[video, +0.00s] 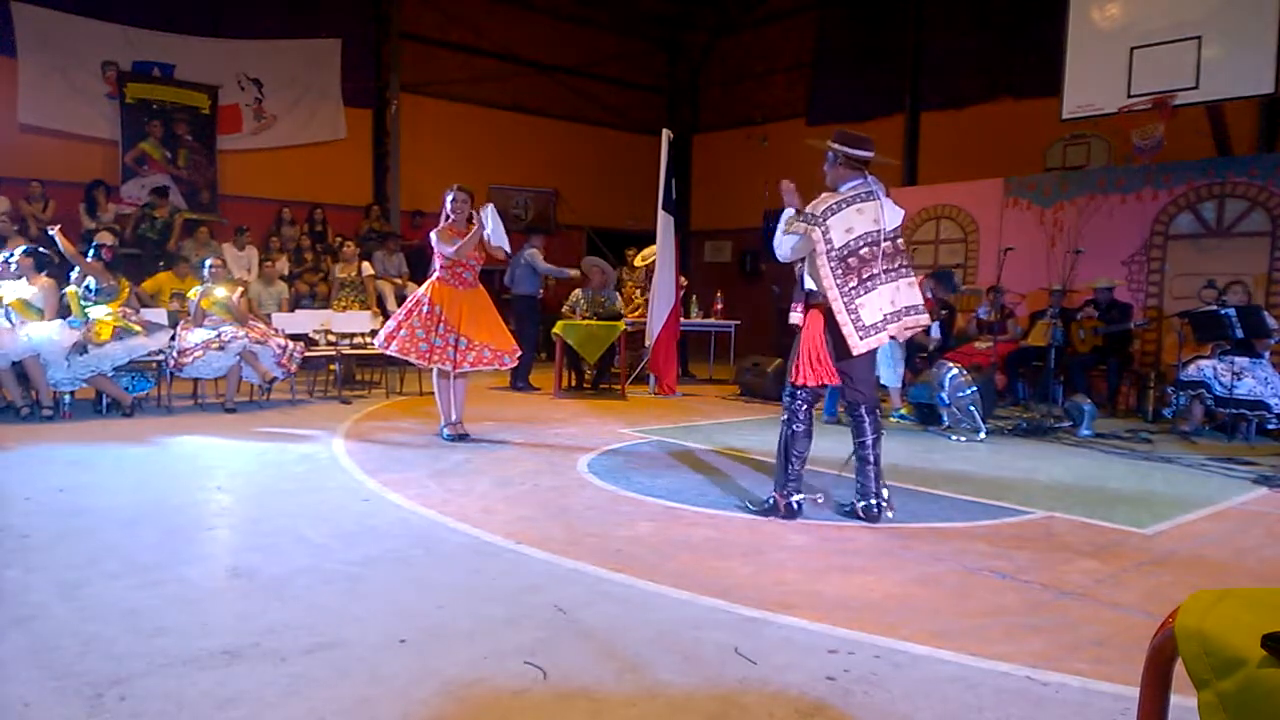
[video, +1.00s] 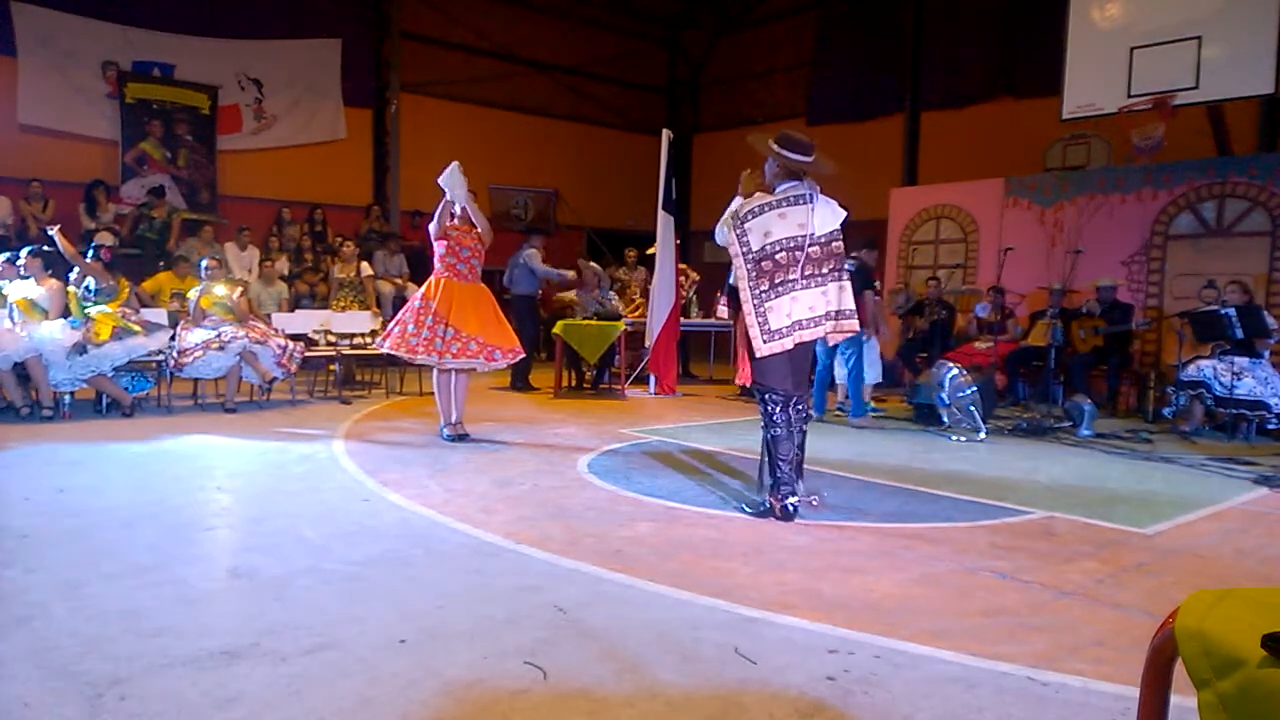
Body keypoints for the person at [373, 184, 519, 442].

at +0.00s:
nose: (458, 206)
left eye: (463, 202)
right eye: (454, 201)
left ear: (471, 207)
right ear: (446, 205)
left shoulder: (477, 235)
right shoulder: (439, 233)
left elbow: (501, 256)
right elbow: (459, 253)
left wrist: (490, 223)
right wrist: (479, 227)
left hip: (468, 302)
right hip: (443, 301)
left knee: (462, 364)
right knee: (443, 365)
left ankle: (458, 421)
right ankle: (446, 421)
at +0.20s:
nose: (462, 205)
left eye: (466, 201)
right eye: (457, 200)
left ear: (473, 206)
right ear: (448, 205)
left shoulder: (477, 237)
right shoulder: (439, 230)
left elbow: (495, 250)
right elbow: (450, 245)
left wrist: (480, 219)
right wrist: (467, 222)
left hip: (468, 301)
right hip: (443, 300)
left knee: (461, 365)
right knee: (442, 365)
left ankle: (458, 421)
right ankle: (446, 421)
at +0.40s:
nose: (458, 210)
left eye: (462, 206)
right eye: (455, 205)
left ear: (469, 209)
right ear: (448, 207)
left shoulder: (478, 233)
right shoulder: (438, 229)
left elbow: (492, 243)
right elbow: (442, 237)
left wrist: (476, 216)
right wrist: (454, 219)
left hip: (469, 298)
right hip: (442, 296)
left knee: (461, 364)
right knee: (442, 364)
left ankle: (458, 420)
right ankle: (446, 421)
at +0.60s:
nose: (462, 207)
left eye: (466, 202)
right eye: (457, 202)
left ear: (469, 203)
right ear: (450, 200)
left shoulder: (479, 233)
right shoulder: (438, 229)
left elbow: (487, 236)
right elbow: (442, 228)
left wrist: (472, 205)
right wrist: (451, 202)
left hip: (469, 297)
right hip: (443, 296)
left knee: (462, 365)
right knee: (442, 364)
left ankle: (458, 421)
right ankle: (446, 422)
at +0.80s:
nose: (460, 210)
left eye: (465, 205)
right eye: (455, 205)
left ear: (471, 206)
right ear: (450, 207)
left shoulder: (481, 236)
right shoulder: (440, 231)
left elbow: (486, 229)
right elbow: (441, 224)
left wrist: (469, 201)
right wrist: (449, 199)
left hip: (470, 296)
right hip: (443, 294)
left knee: (462, 364)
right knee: (443, 364)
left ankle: (458, 421)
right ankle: (445, 421)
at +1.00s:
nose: (461, 210)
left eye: (466, 205)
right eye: (456, 206)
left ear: (472, 210)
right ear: (450, 210)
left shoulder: (481, 237)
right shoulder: (440, 232)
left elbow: (484, 225)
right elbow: (438, 223)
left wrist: (466, 199)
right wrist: (448, 197)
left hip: (470, 297)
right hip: (443, 295)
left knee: (463, 365)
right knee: (443, 364)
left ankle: (458, 421)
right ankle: (445, 422)